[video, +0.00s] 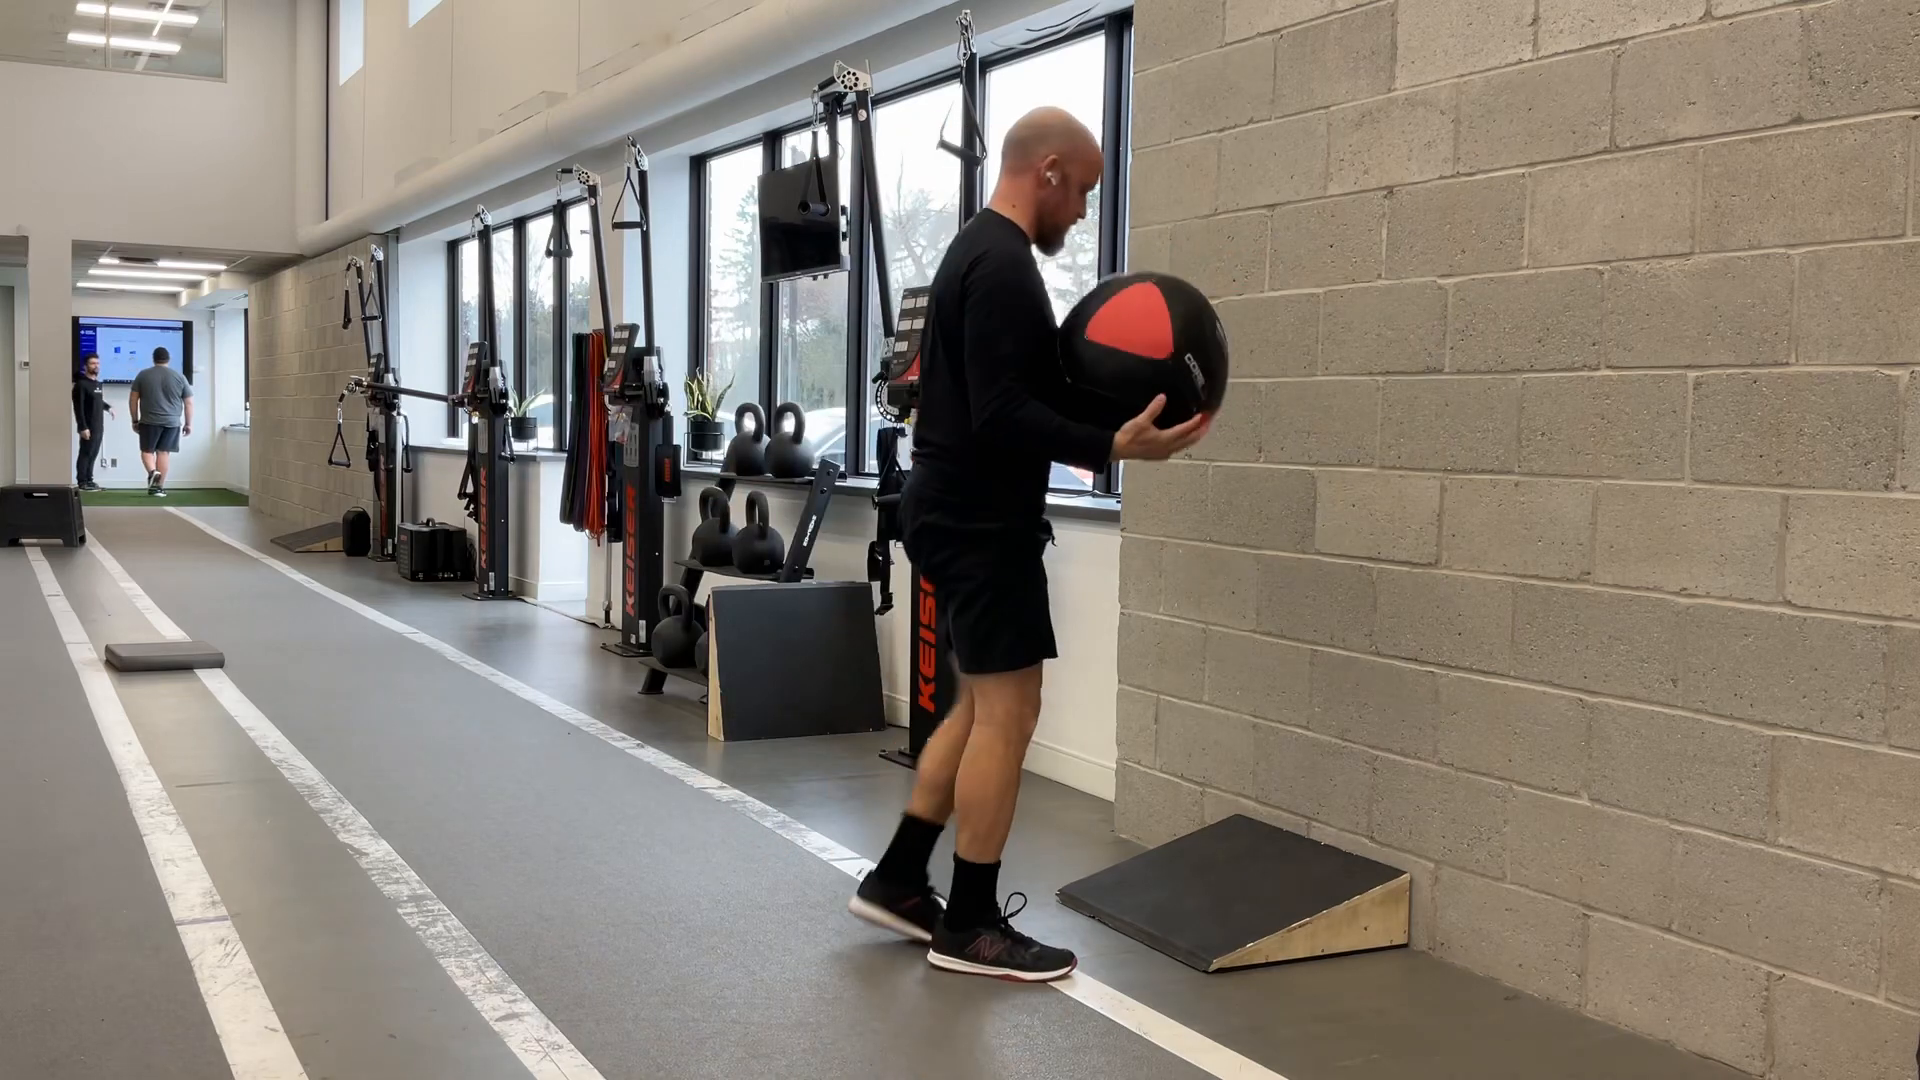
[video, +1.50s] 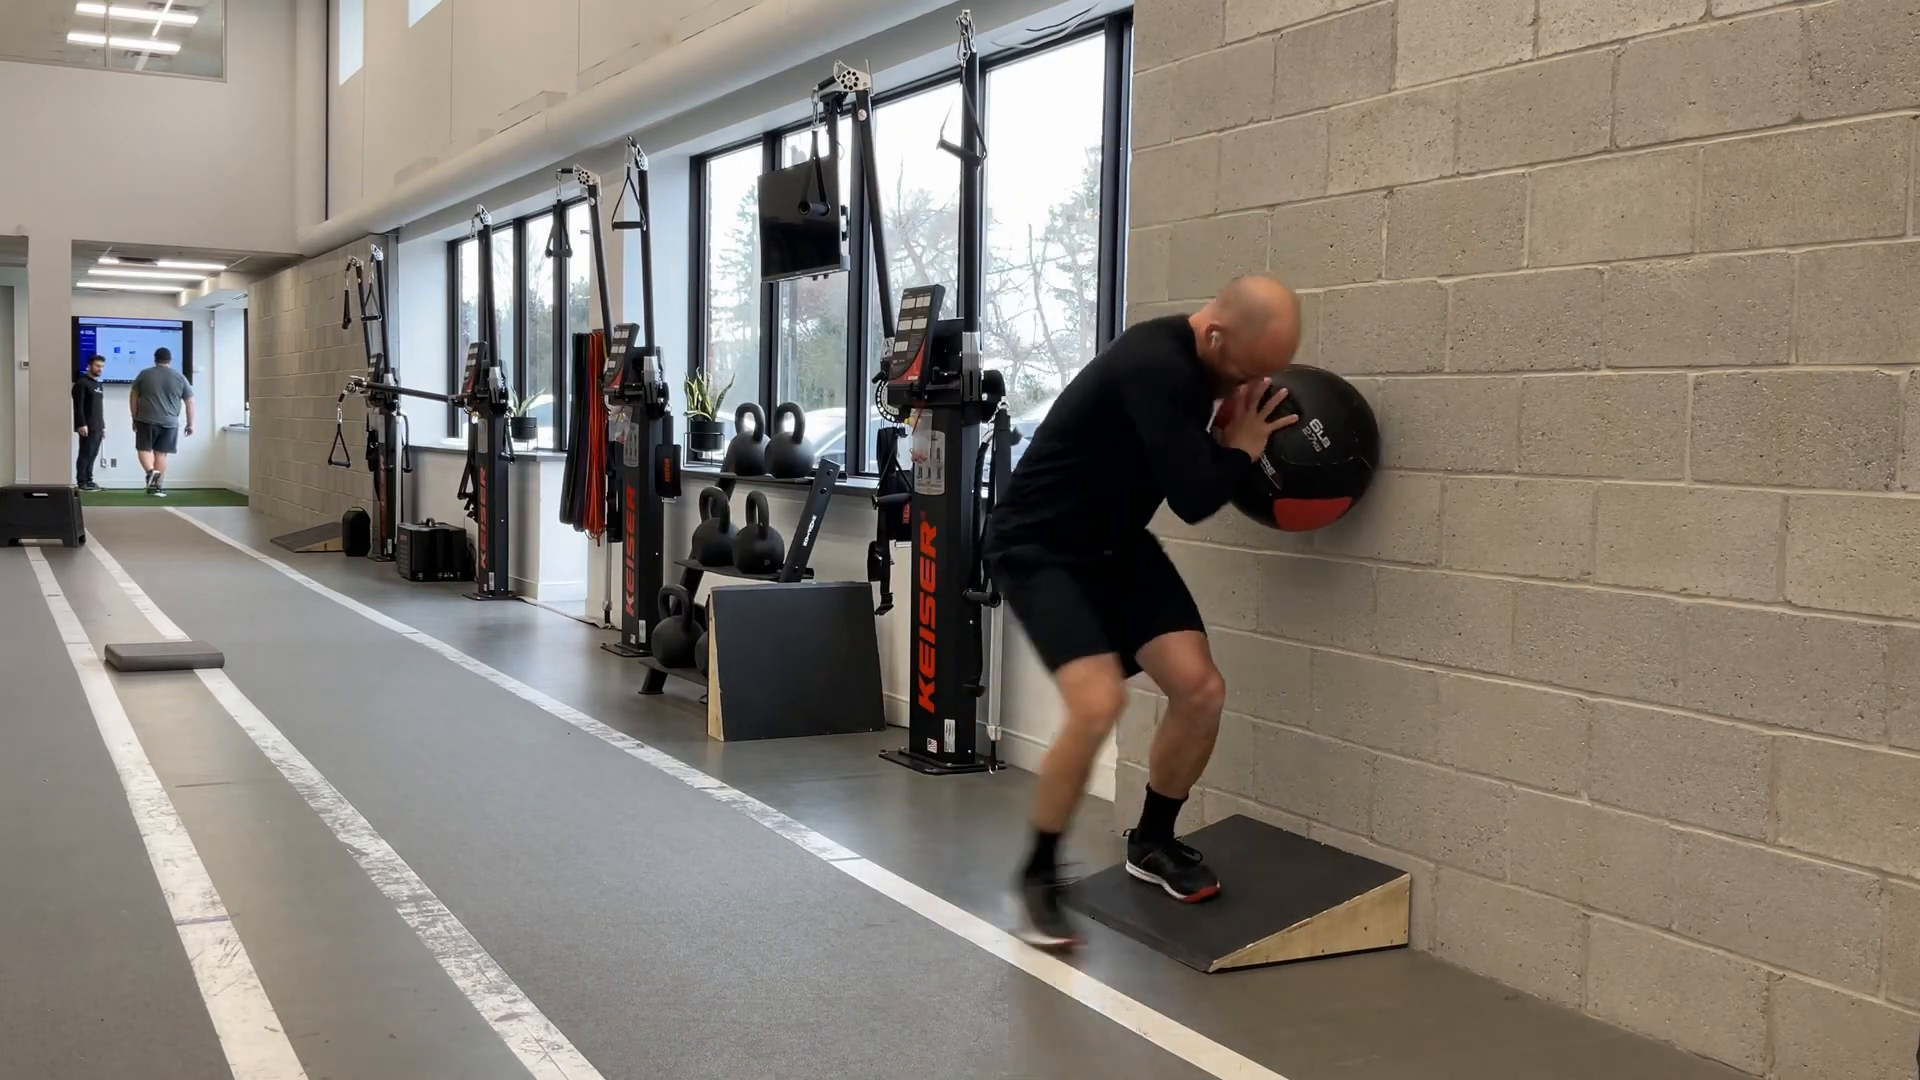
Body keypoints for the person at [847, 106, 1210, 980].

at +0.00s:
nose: (1081, 211)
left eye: (1087, 195)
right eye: (1081, 192)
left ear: (1028, 171)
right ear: (1044, 176)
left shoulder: (981, 252)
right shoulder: (999, 263)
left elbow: (1030, 388)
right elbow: (1007, 411)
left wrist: (1126, 408)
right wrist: (1112, 446)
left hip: (958, 514)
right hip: (983, 521)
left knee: (979, 705)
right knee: (1007, 713)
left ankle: (897, 878)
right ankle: (970, 925)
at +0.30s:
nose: (1151, 216)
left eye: (1155, 199)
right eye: (1149, 197)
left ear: (1102, 181)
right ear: (1106, 182)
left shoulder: (1077, 271)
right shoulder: (1037, 272)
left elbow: (1068, 408)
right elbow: (1031, 423)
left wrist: (1142, 396)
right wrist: (1137, 420)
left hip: (1067, 516)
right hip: (1009, 526)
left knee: (1136, 667)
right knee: (1025, 714)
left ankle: (1100, 831)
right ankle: (969, 920)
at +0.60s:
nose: (1234, 247)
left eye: (1242, 231)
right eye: (1228, 229)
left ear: (1195, 214)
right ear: (1179, 208)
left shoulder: (1181, 291)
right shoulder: (1108, 286)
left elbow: (1173, 407)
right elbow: (1132, 410)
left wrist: (1256, 443)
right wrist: (1212, 392)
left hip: (1139, 500)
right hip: (1065, 502)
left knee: (1179, 663)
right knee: (1131, 671)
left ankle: (1152, 842)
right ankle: (1042, 866)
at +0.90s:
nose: (1264, 311)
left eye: (1278, 299)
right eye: (1259, 292)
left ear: (1286, 280)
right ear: (1222, 254)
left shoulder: (1229, 325)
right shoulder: (1152, 312)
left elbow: (1225, 437)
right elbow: (1160, 441)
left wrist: (1279, 482)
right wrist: (1232, 420)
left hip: (1166, 507)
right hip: (1093, 507)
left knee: (1198, 674)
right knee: (1149, 685)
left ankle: (1153, 839)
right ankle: (1098, 874)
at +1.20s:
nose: (1257, 343)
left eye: (1269, 332)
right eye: (1253, 326)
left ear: (1277, 307)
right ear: (1218, 283)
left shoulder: (1229, 333)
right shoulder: (1151, 323)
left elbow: (1223, 442)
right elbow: (1166, 449)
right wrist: (1235, 424)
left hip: (1164, 511)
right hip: (1088, 513)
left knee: (1192, 681)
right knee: (1146, 690)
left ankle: (1151, 839)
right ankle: (1100, 875)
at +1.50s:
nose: (1256, 380)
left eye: (1266, 368)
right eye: (1253, 365)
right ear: (1213, 334)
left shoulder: (1205, 363)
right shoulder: (1155, 365)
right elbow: (1193, 502)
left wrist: (1230, 439)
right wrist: (1235, 444)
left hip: (1114, 538)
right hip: (1035, 538)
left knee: (1200, 691)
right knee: (1097, 702)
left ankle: (1152, 842)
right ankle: (1039, 873)